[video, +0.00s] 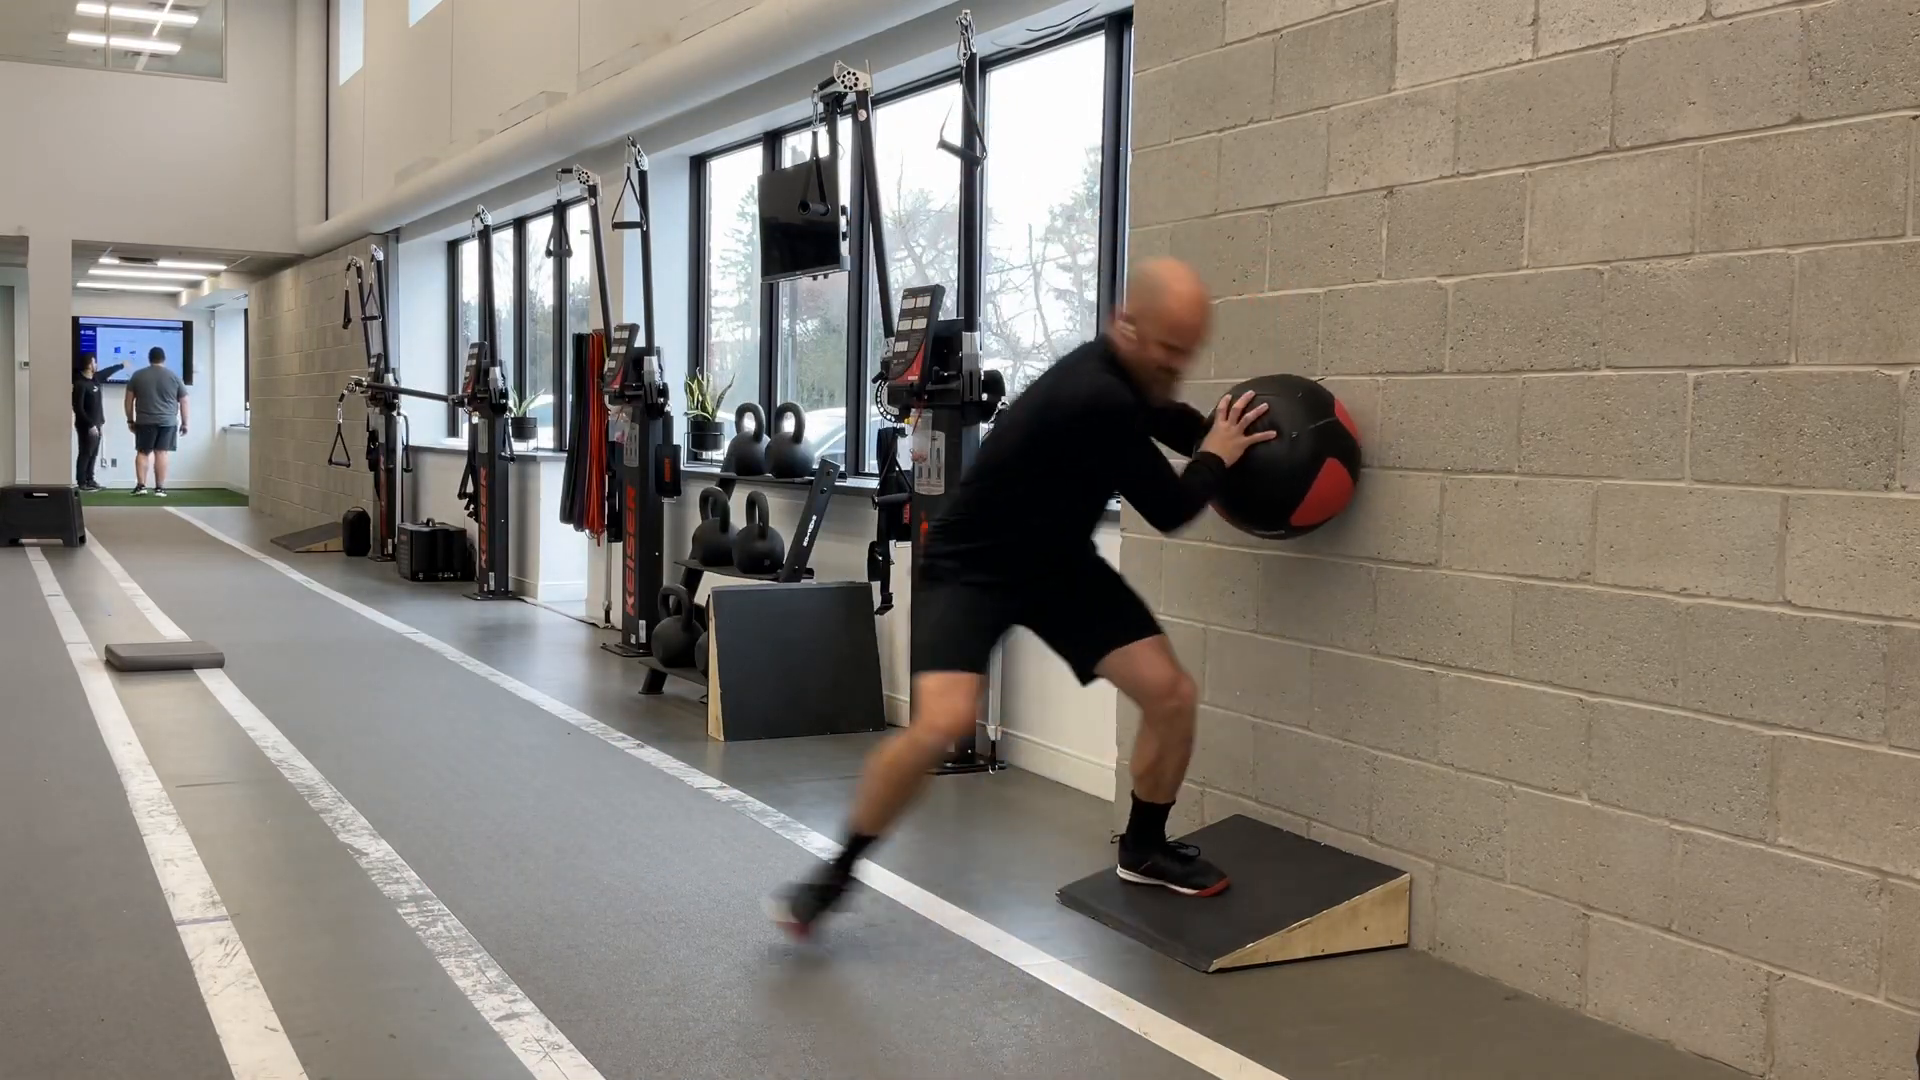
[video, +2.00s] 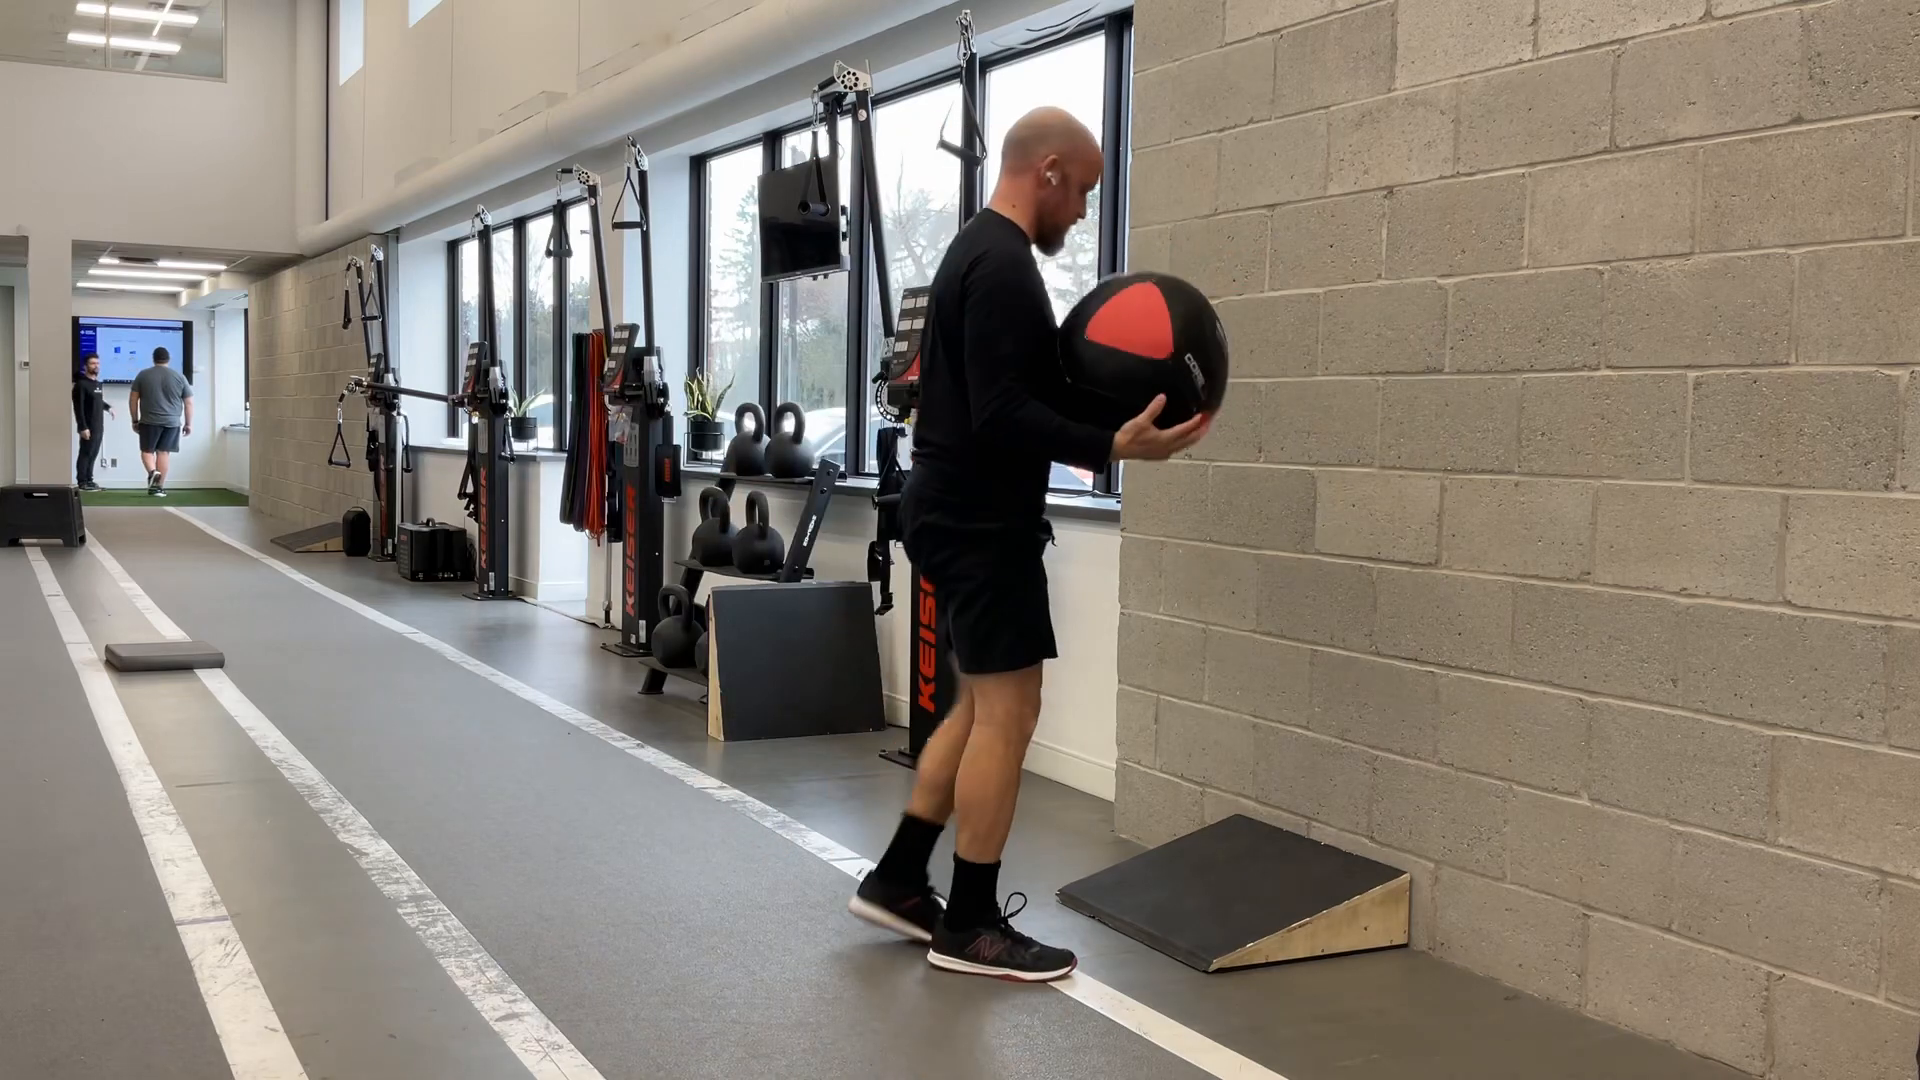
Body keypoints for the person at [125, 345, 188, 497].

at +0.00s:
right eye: (161, 358)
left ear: (149, 359)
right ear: (164, 359)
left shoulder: (138, 375)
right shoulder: (173, 377)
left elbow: (129, 399)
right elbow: (184, 400)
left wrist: (130, 420)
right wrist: (185, 423)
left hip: (145, 422)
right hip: (167, 423)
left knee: (143, 453)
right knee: (162, 452)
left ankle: (141, 485)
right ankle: (160, 487)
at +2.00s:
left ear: (153, 359)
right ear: (168, 359)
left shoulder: (143, 375)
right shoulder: (179, 377)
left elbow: (133, 399)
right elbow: (188, 402)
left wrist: (134, 420)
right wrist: (188, 423)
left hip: (149, 422)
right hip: (171, 423)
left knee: (147, 451)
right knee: (164, 453)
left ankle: (152, 471)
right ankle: (159, 488)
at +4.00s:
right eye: (163, 361)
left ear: (151, 362)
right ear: (166, 362)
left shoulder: (142, 377)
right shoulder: (176, 378)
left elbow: (133, 402)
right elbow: (190, 400)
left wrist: (138, 421)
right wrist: (191, 422)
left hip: (152, 423)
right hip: (174, 424)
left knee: (150, 453)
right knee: (166, 452)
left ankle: (158, 471)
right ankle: (162, 486)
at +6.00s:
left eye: (151, 358)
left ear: (148, 359)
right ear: (163, 359)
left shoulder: (139, 375)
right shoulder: (174, 377)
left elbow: (129, 399)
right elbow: (184, 400)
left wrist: (128, 420)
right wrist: (184, 421)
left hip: (144, 422)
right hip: (166, 423)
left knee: (140, 451)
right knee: (161, 452)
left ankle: (139, 481)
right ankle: (159, 488)